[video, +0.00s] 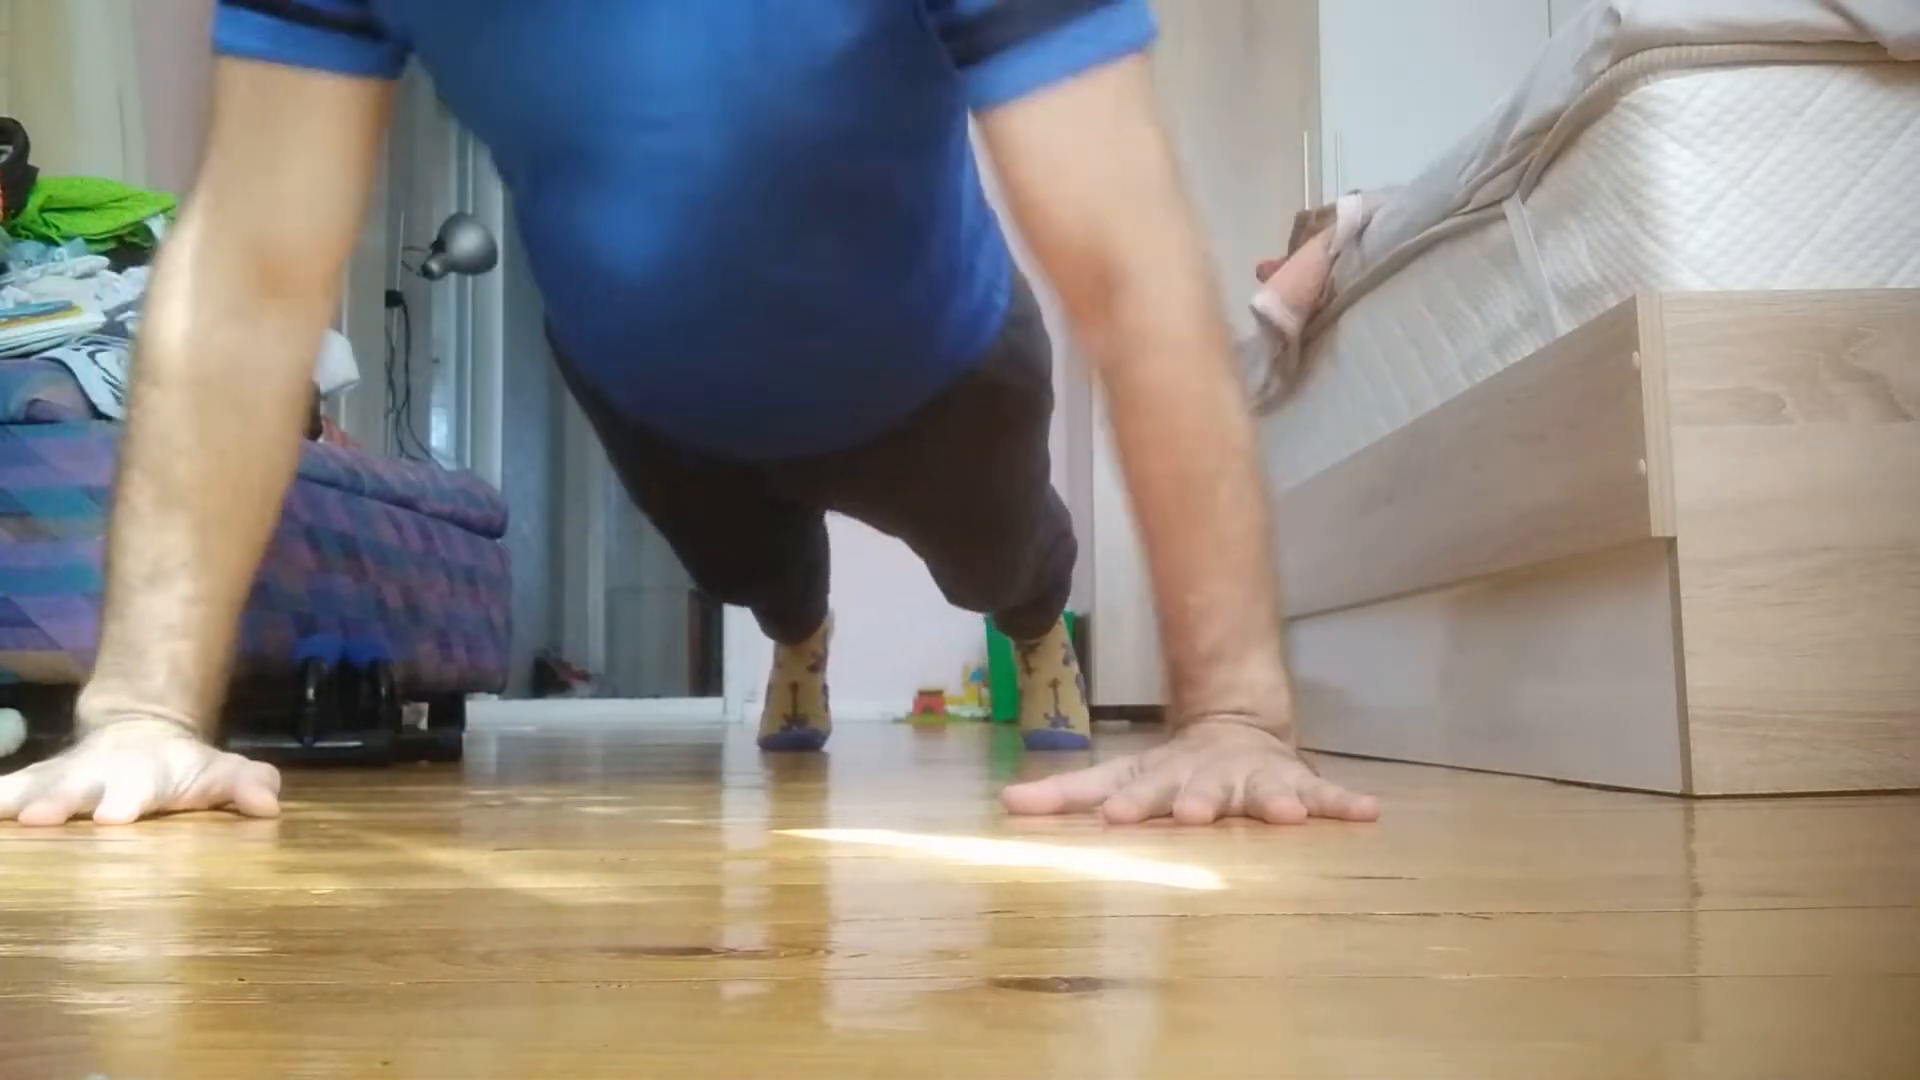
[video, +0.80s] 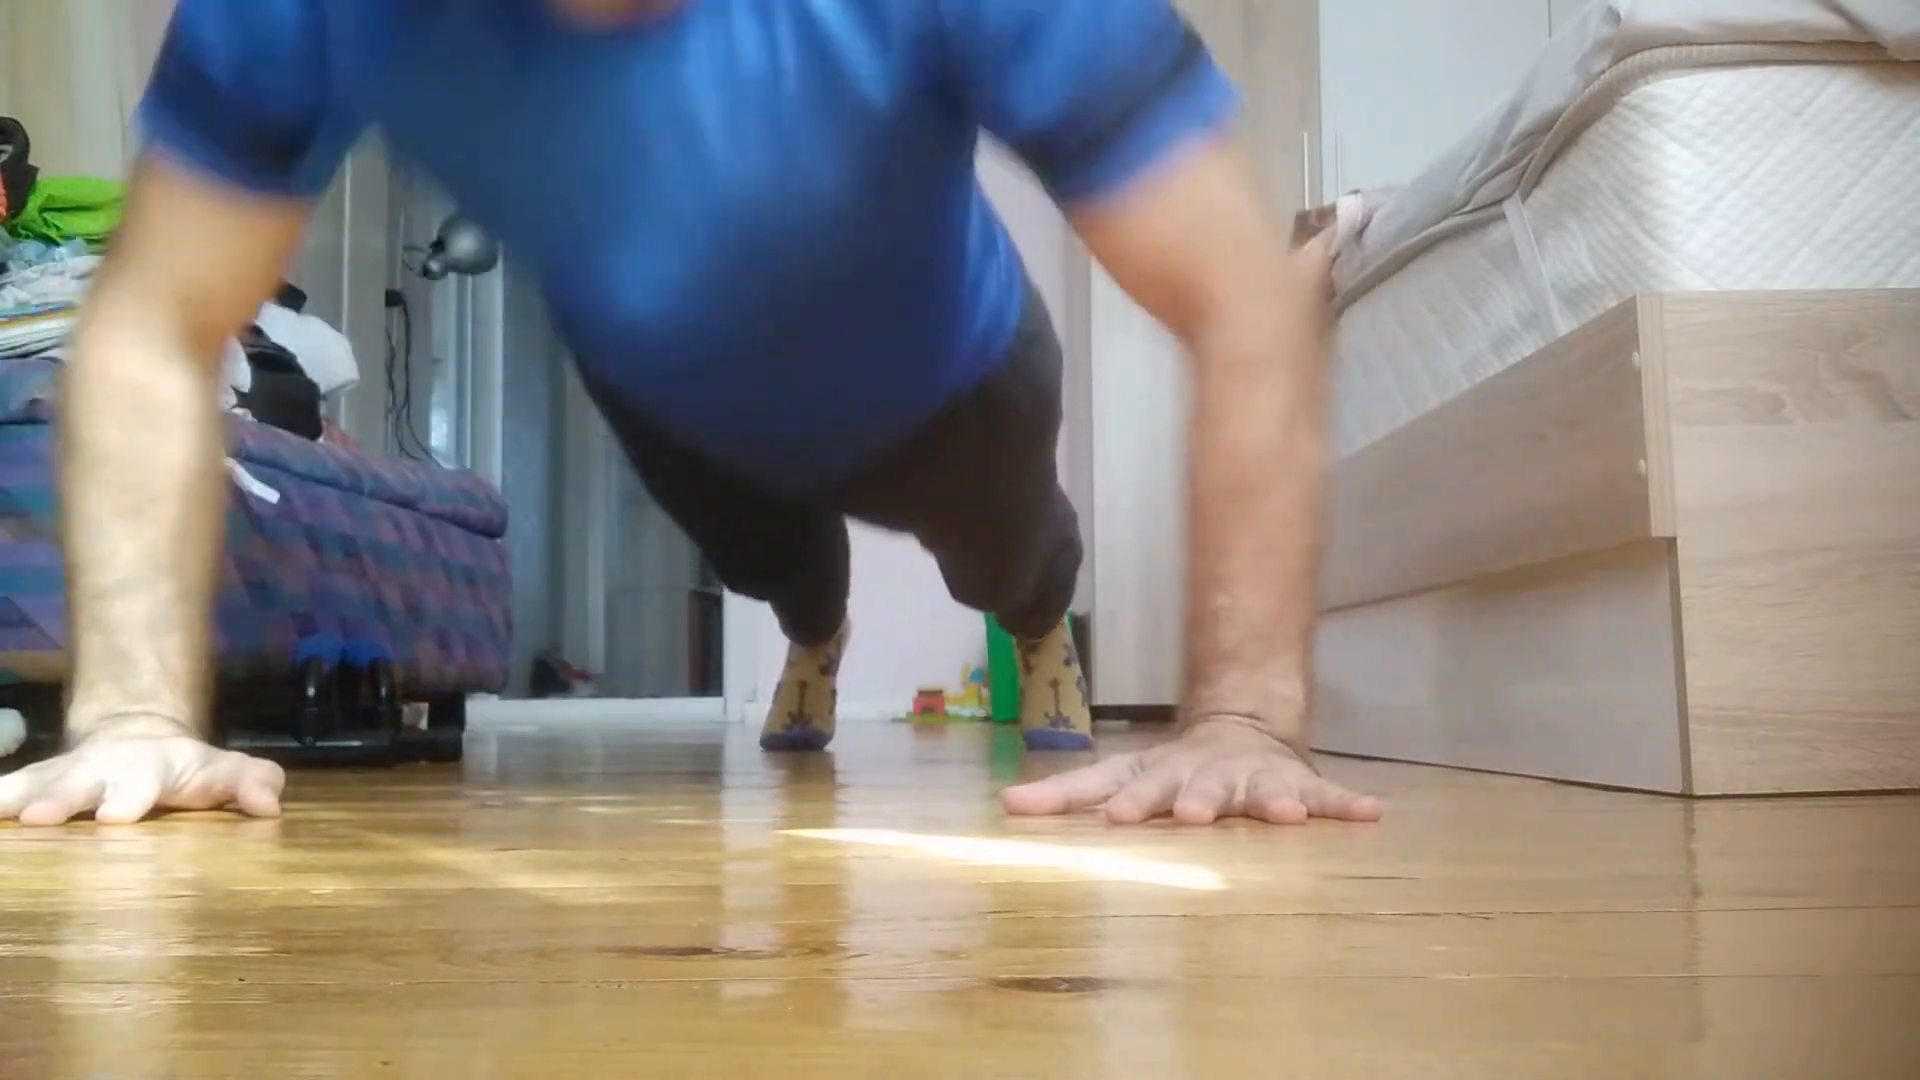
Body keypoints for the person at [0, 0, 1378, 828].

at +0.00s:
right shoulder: (353, 7)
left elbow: (1133, 264)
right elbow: (250, 272)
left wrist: (1238, 704)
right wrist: (145, 710)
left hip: (922, 377)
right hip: (655, 410)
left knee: (1003, 559)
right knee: (755, 564)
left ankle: (1015, 609)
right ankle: (793, 629)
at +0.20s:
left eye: (549, 230)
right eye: (433, 252)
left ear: (698, 58)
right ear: (327, 145)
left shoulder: (917, 133)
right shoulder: (255, 162)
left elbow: (1337, 344)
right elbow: (74, 397)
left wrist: (1244, 717)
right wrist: (138, 714)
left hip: (944, 566)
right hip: (674, 609)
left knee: (1006, 646)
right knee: (768, 647)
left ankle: (1009, 673)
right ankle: (786, 676)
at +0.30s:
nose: (476, 664)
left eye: (535, 571)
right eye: (399, 598)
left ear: (692, 348)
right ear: (287, 451)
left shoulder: (921, 367)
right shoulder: (229, 357)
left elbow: (1348, 354)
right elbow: (51, 398)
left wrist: (1247, 718)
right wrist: (132, 717)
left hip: (958, 678)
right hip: (640, 716)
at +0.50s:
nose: (488, 647)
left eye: (551, 560)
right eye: (405, 579)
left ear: (717, 371)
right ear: (316, 455)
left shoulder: (957, 384)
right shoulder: (241, 370)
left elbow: (1384, 356)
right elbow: (31, 387)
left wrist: (1257, 720)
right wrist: (127, 713)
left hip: (937, 625)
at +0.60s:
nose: (504, 425)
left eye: (561, 337)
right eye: (434, 352)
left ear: (732, 176)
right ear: (340, 247)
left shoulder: (960, 241)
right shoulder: (256, 255)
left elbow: (1398, 356)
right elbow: (21, 397)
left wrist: (1257, 721)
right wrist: (129, 715)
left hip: (951, 528)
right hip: (704, 554)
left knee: (1010, 607)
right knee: (782, 608)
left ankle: (1034, 639)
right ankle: (805, 659)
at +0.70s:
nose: (527, 181)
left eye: (581, 90)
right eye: (461, 111)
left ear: (706, 6)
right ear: (385, 57)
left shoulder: (950, 73)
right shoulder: (298, 103)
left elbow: (1349, 338)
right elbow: (62, 371)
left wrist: (1254, 718)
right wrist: (134, 719)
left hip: (941, 455)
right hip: (693, 495)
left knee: (1012, 585)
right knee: (781, 595)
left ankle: (1021, 636)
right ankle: (810, 654)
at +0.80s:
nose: (599, 11)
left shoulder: (966, 7)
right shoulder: (318, 16)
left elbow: (1258, 288)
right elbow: (147, 326)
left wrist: (1246, 718)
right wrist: (142, 719)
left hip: (935, 383)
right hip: (683, 429)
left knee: (1008, 557)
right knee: (781, 564)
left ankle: (1018, 615)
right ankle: (814, 634)